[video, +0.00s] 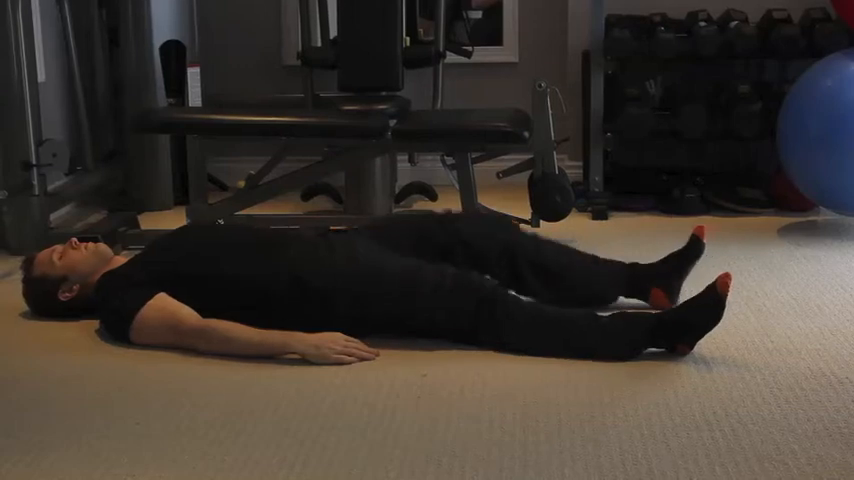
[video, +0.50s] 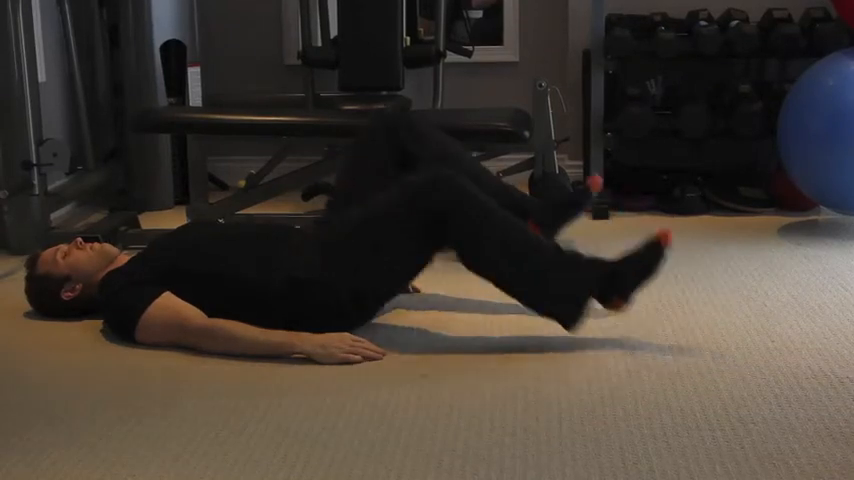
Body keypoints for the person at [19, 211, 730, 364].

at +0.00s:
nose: (72, 244)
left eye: (64, 243)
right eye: (61, 260)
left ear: (85, 239)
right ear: (71, 291)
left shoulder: (156, 246)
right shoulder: (118, 295)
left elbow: (254, 243)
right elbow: (198, 333)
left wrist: (333, 226)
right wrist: (297, 344)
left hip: (353, 236)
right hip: (332, 280)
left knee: (489, 233)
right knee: (479, 302)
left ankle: (636, 284)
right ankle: (656, 335)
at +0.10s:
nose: (69, 245)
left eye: (60, 244)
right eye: (58, 259)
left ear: (86, 246)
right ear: (70, 290)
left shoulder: (153, 250)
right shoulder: (120, 295)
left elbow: (248, 252)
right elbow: (197, 332)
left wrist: (325, 239)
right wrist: (298, 343)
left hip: (351, 237)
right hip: (328, 280)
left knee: (476, 210)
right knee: (477, 300)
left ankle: (627, 279)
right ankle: (653, 335)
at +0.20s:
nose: (72, 243)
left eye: (63, 243)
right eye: (61, 258)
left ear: (88, 242)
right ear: (73, 288)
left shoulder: (155, 247)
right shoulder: (122, 292)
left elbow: (253, 247)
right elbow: (196, 330)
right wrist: (304, 342)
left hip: (354, 235)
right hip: (335, 282)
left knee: (461, 181)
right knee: (478, 289)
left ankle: (599, 270)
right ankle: (657, 333)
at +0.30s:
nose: (80, 241)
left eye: (71, 239)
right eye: (68, 255)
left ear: (90, 244)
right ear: (74, 285)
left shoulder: (153, 246)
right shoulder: (127, 297)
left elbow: (249, 235)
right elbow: (206, 331)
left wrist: (319, 218)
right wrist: (311, 345)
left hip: (343, 226)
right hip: (330, 276)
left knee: (435, 152)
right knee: (472, 258)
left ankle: (563, 253)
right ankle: (641, 326)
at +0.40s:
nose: (83, 236)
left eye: (73, 237)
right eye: (70, 249)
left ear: (89, 245)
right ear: (74, 282)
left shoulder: (150, 251)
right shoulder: (127, 296)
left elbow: (244, 240)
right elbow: (208, 335)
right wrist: (307, 346)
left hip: (340, 233)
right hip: (330, 284)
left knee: (417, 136)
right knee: (464, 218)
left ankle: (546, 236)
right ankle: (618, 310)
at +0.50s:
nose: (81, 239)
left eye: (72, 239)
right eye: (68, 255)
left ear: (91, 242)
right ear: (77, 287)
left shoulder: (150, 251)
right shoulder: (128, 298)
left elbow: (243, 247)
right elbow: (209, 335)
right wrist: (312, 344)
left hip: (330, 242)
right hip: (325, 288)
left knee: (395, 129)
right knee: (441, 193)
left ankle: (530, 213)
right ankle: (585, 286)